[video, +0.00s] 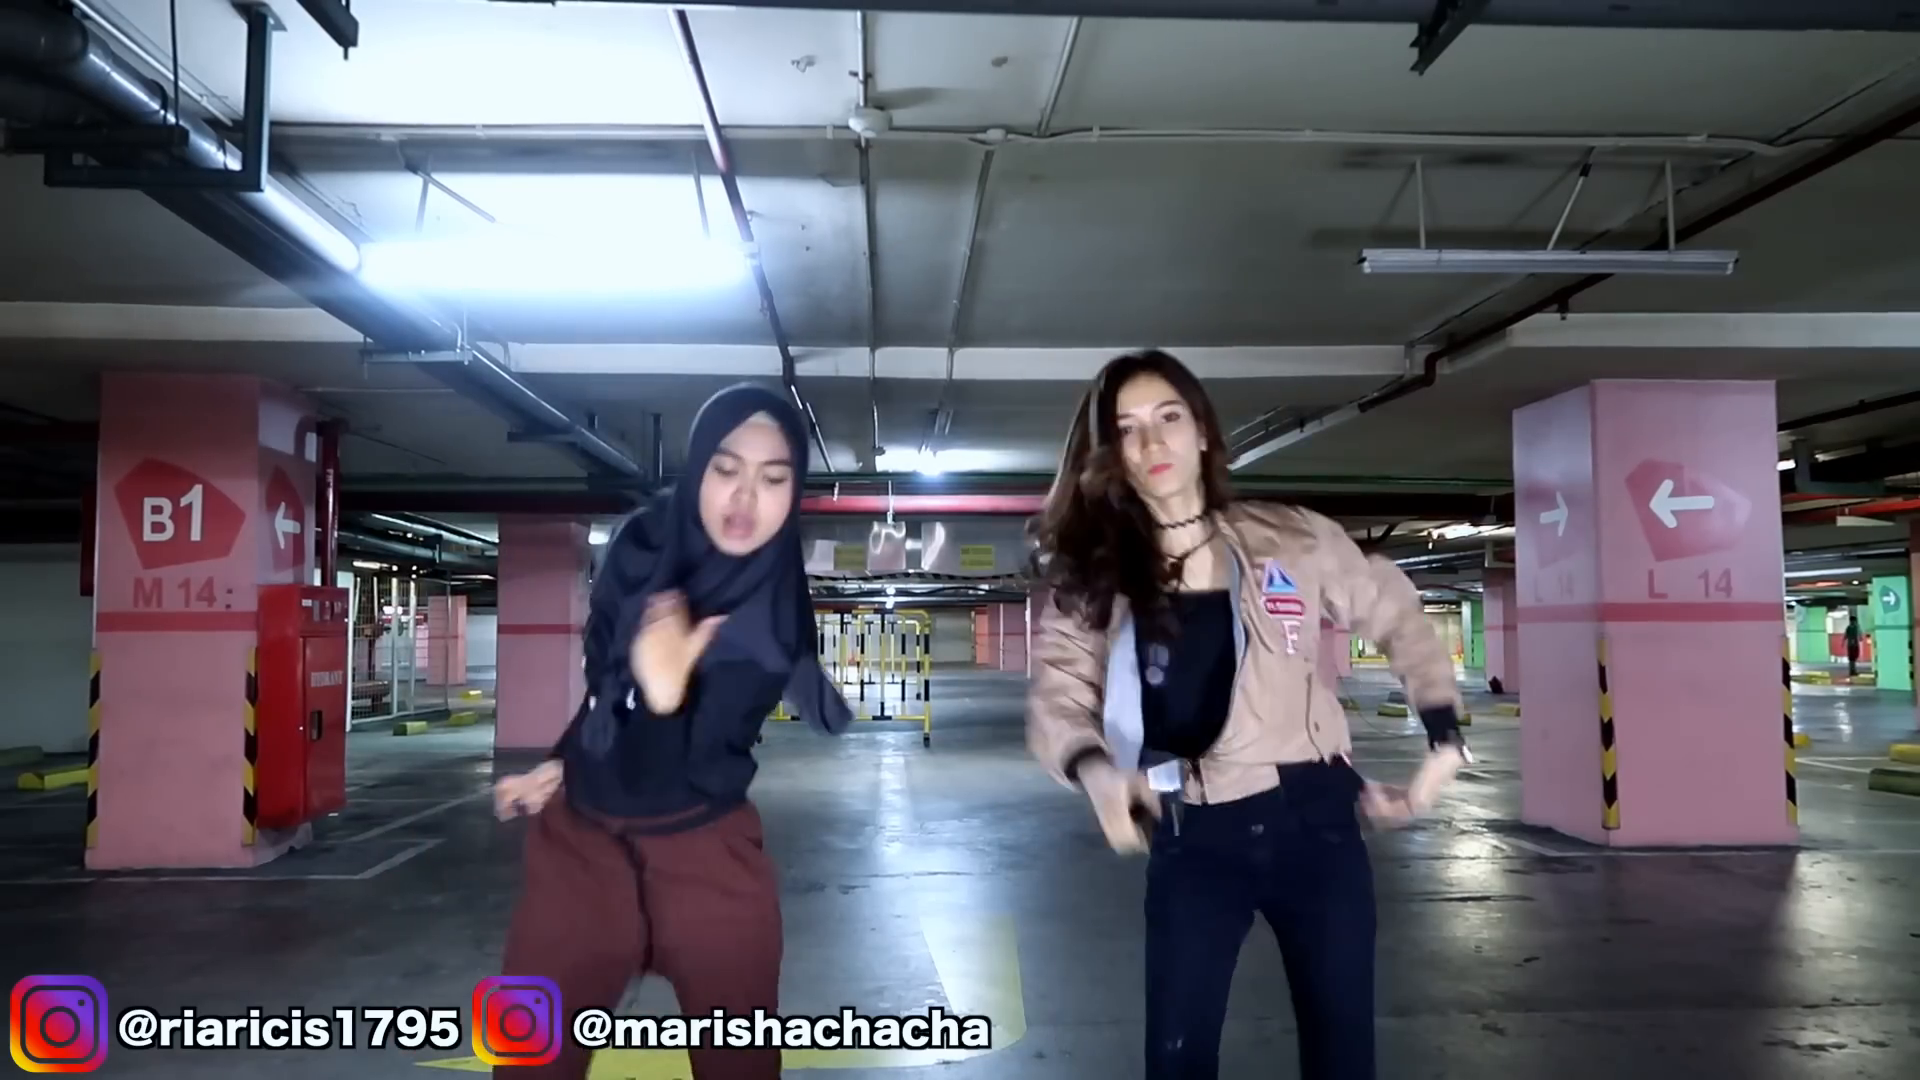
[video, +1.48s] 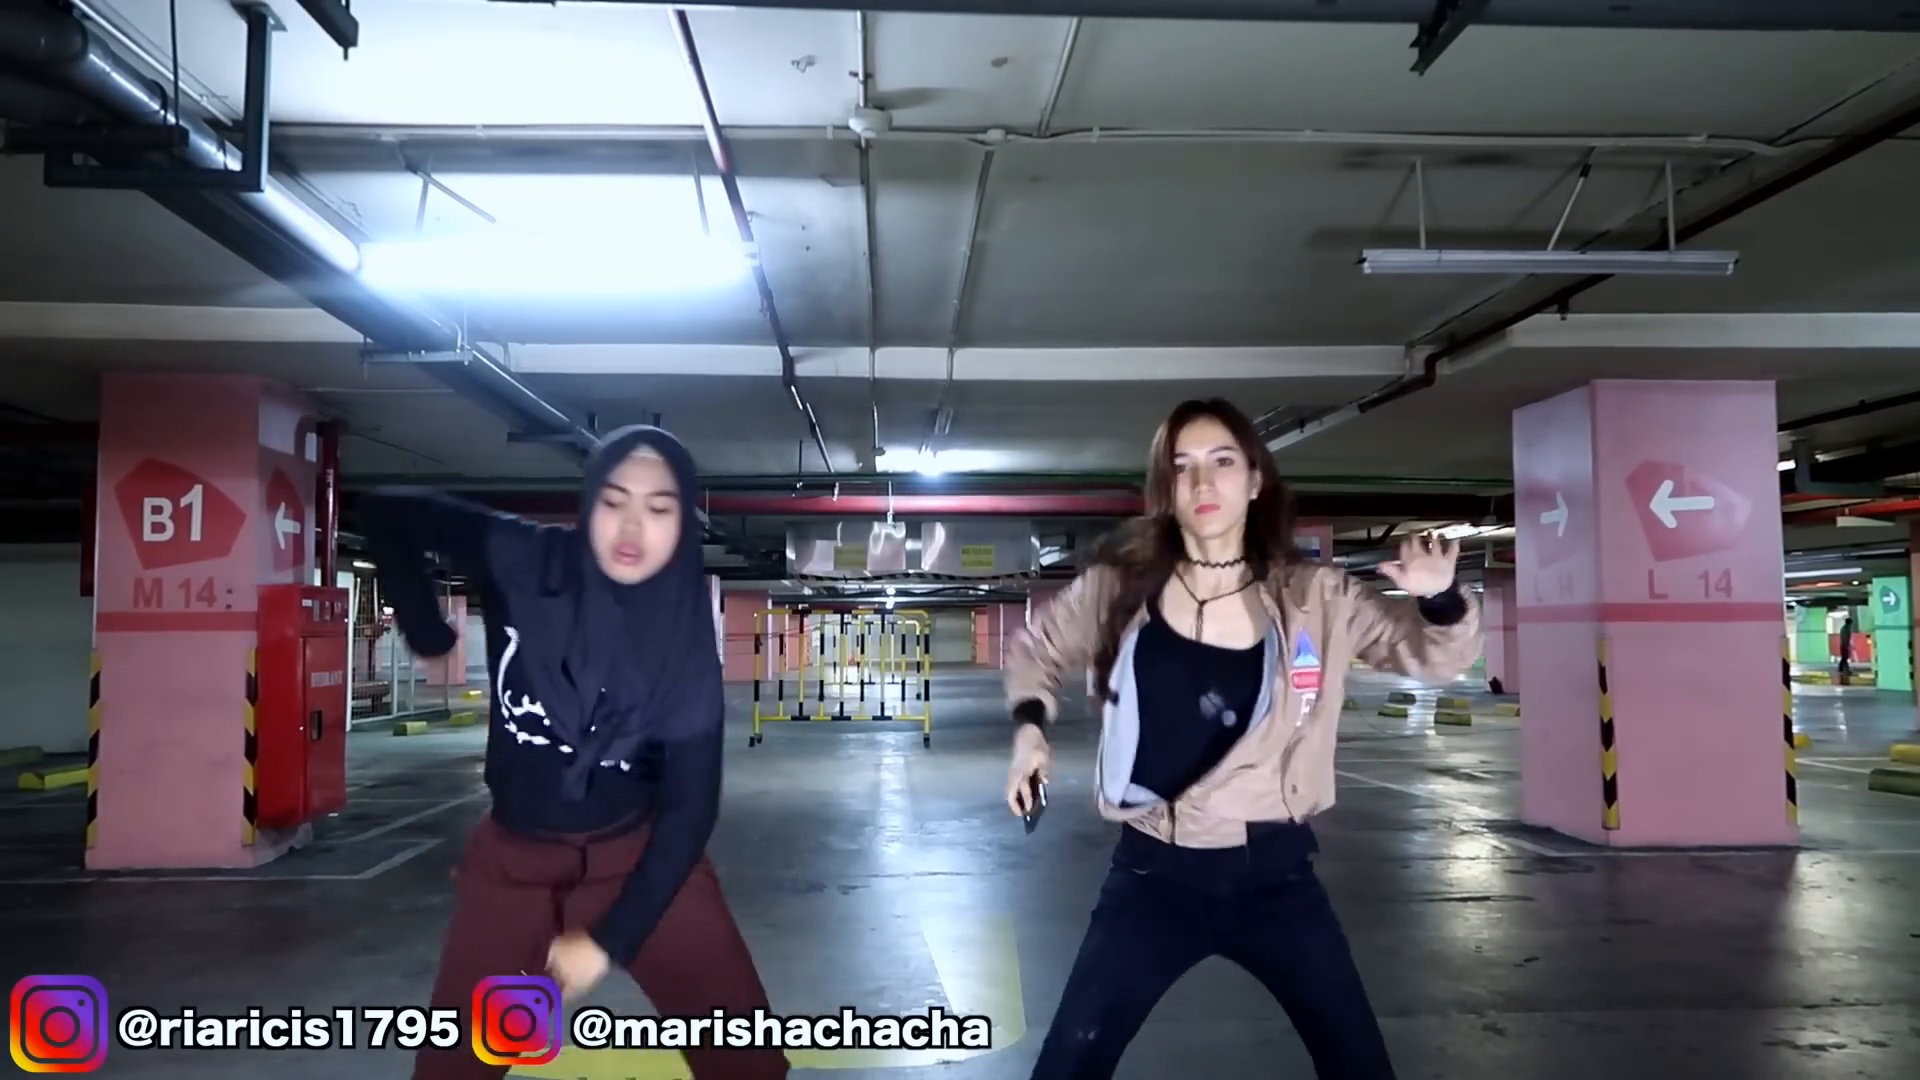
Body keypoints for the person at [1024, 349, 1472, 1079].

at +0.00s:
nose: (1152, 442)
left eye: (1169, 417)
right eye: (1129, 428)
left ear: (1203, 431)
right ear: (1109, 455)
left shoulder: (1296, 537)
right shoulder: (1095, 577)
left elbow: (1397, 613)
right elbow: (1056, 702)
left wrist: (1444, 735)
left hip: (1314, 820)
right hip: (1191, 838)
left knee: (1341, 1060)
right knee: (1176, 1060)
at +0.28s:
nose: (1226, 440)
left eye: (1245, 421)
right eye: (1204, 430)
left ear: (1277, 439)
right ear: (1184, 456)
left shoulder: (1357, 559)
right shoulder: (1154, 574)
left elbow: (1483, 604)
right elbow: (1057, 652)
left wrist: (1496, 716)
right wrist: (1073, 764)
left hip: (1321, 850)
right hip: (1193, 848)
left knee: (1336, 1068)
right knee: (1084, 1052)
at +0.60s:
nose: (1238, 482)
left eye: (1260, 462)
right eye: (1219, 465)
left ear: (1294, 483)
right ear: (1197, 487)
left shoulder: (1325, 618)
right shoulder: (1138, 600)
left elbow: (1381, 752)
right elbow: (1088, 678)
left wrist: (1452, 693)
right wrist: (1062, 704)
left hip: (1317, 884)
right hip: (1190, 887)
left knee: (1367, 1066)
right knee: (1067, 1064)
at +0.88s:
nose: (1182, 496)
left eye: (1203, 475)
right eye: (1162, 479)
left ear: (1234, 491)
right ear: (1141, 500)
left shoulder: (1293, 619)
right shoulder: (1100, 618)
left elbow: (1352, 722)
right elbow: (1032, 752)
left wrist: (1400, 657)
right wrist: (1019, 678)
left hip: (1232, 904)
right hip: (1106, 900)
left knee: (1333, 1068)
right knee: (1023, 1067)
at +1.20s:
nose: (1144, 531)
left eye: (1166, 513)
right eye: (1126, 513)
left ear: (1195, 536)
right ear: (1104, 537)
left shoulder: (1257, 658)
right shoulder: (1065, 657)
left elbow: (1318, 779)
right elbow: (1029, 802)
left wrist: (1352, 704)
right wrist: (1010, 728)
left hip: (1210, 936)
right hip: (1083, 934)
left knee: (1323, 1074)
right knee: (1014, 1072)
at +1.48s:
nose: (1202, 482)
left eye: (1221, 462)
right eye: (1184, 468)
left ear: (1256, 480)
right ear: (1166, 490)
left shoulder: (1317, 595)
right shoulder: (1117, 590)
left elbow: (1439, 657)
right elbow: (1035, 649)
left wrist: (1440, 599)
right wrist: (1029, 728)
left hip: (1274, 878)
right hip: (1150, 879)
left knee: (1360, 1065)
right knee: (1067, 1062)